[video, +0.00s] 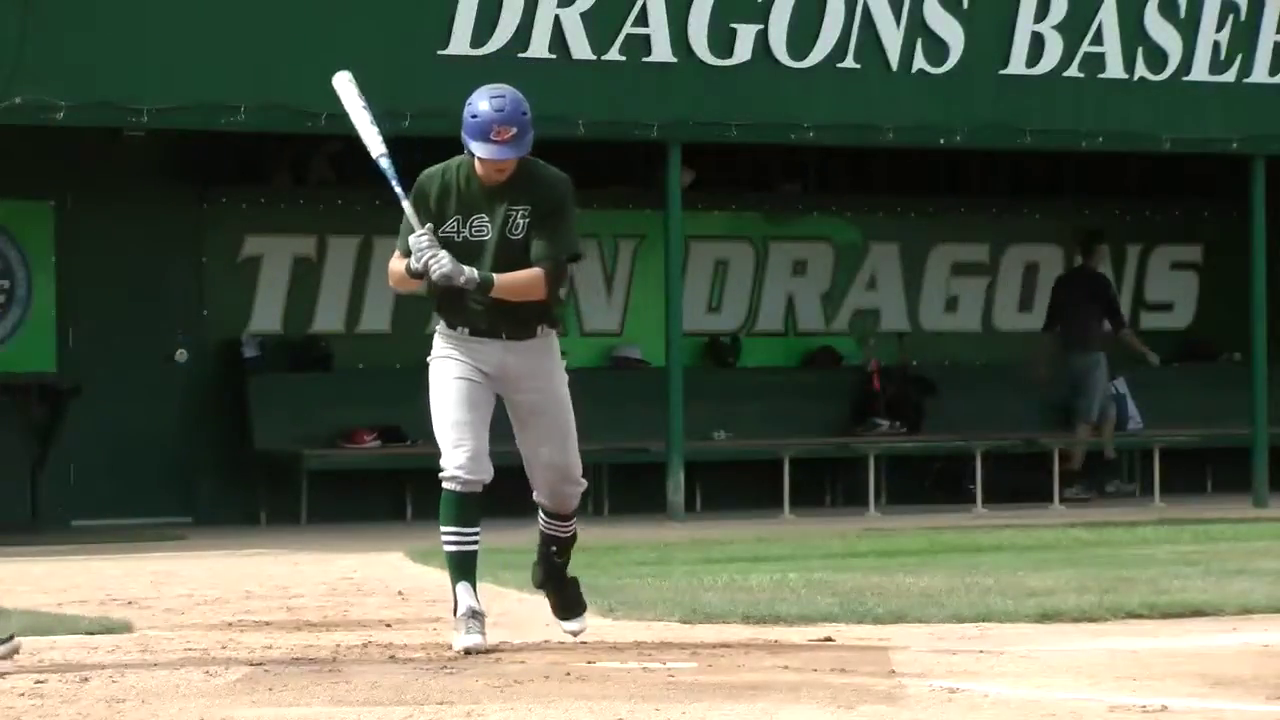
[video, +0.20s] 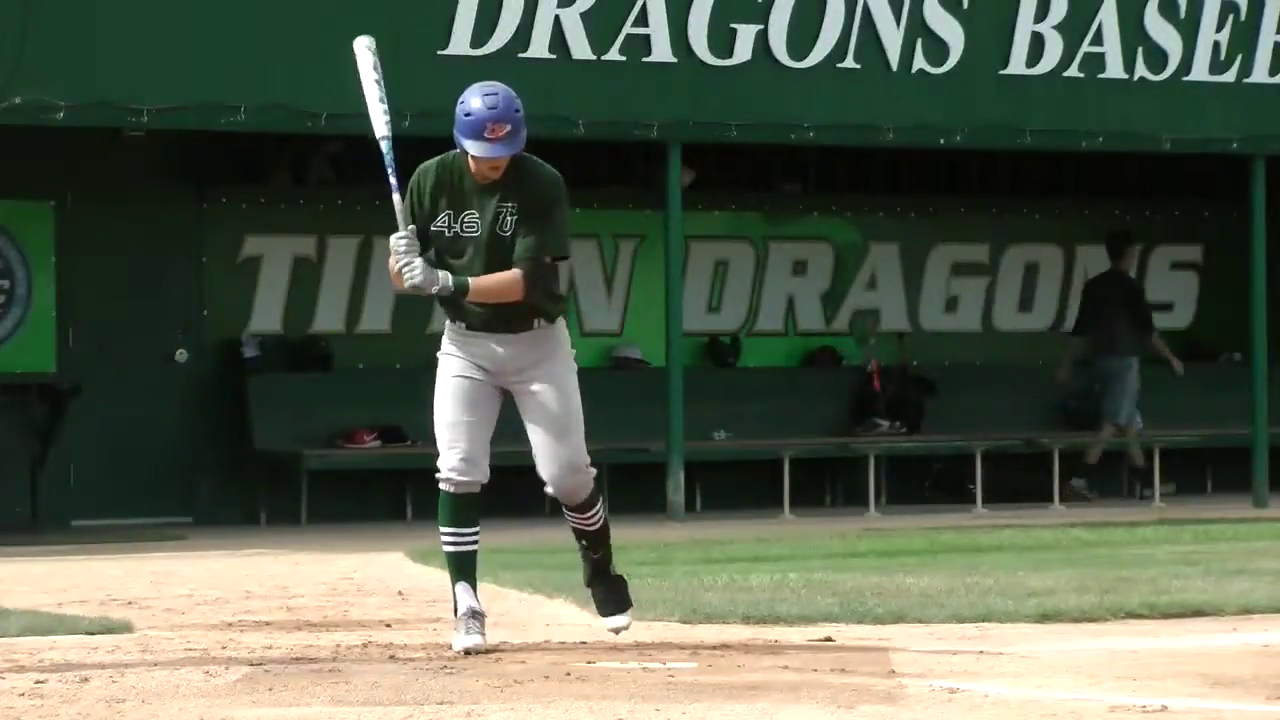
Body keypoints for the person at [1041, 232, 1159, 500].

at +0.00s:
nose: (1105, 257)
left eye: (1103, 252)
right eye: (1103, 252)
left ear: (1080, 252)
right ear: (1098, 253)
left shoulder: (1063, 281)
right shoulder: (1100, 281)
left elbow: (1049, 327)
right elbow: (1120, 328)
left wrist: (1043, 362)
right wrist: (1146, 352)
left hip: (1069, 354)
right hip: (1093, 355)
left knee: (1108, 408)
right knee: (1085, 418)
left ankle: (1109, 470)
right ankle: (1072, 481)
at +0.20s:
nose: (1135, 258)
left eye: (1134, 252)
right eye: (1133, 253)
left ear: (1110, 254)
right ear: (1128, 254)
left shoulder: (1093, 286)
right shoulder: (1131, 287)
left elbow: (1079, 332)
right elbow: (1148, 332)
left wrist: (1065, 365)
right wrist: (1171, 358)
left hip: (1100, 359)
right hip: (1126, 359)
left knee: (1129, 421)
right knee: (1112, 419)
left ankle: (1144, 476)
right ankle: (1083, 475)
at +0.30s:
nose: (1147, 256)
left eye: (1146, 251)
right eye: (1146, 252)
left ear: (1116, 254)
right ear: (1141, 253)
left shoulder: (1107, 284)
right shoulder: (1147, 283)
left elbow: (1099, 330)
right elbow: (1159, 327)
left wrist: (1091, 364)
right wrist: (1172, 357)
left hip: (1114, 356)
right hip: (1142, 357)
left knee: (1132, 418)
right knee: (1142, 421)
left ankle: (1145, 481)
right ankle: (1104, 463)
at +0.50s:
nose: (1174, 256)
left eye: (1171, 251)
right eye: (1172, 251)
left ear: (1149, 251)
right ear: (1169, 252)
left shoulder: (1135, 279)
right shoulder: (1175, 281)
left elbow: (1133, 323)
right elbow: (1180, 325)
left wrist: (1139, 350)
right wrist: (1184, 362)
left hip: (1142, 358)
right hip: (1168, 358)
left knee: (1149, 417)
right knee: (1193, 414)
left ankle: (1146, 480)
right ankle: (1171, 461)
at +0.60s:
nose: (1193, 252)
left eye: (1190, 248)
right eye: (1191, 248)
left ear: (1167, 251)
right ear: (1185, 252)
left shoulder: (1151, 279)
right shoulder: (1188, 283)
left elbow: (1140, 318)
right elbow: (1190, 330)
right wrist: (1194, 366)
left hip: (1156, 354)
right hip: (1183, 357)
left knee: (1157, 416)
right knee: (1211, 411)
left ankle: (1150, 479)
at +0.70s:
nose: (1207, 260)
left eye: (1205, 254)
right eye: (1206, 255)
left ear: (1183, 254)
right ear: (1201, 255)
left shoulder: (1167, 281)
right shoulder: (1204, 283)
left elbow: (1165, 316)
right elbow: (1206, 330)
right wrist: (1210, 368)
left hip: (1173, 356)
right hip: (1200, 358)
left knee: (1172, 414)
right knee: (1222, 418)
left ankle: (1151, 474)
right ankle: (1241, 472)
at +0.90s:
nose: (1238, 256)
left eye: (1237, 251)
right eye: (1236, 251)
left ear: (1210, 252)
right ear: (1229, 252)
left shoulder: (1199, 279)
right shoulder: (1233, 280)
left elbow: (1200, 317)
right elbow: (1241, 318)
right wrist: (1245, 354)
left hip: (1206, 352)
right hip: (1232, 354)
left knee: (1206, 412)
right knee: (1241, 414)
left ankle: (1197, 469)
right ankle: (1245, 472)